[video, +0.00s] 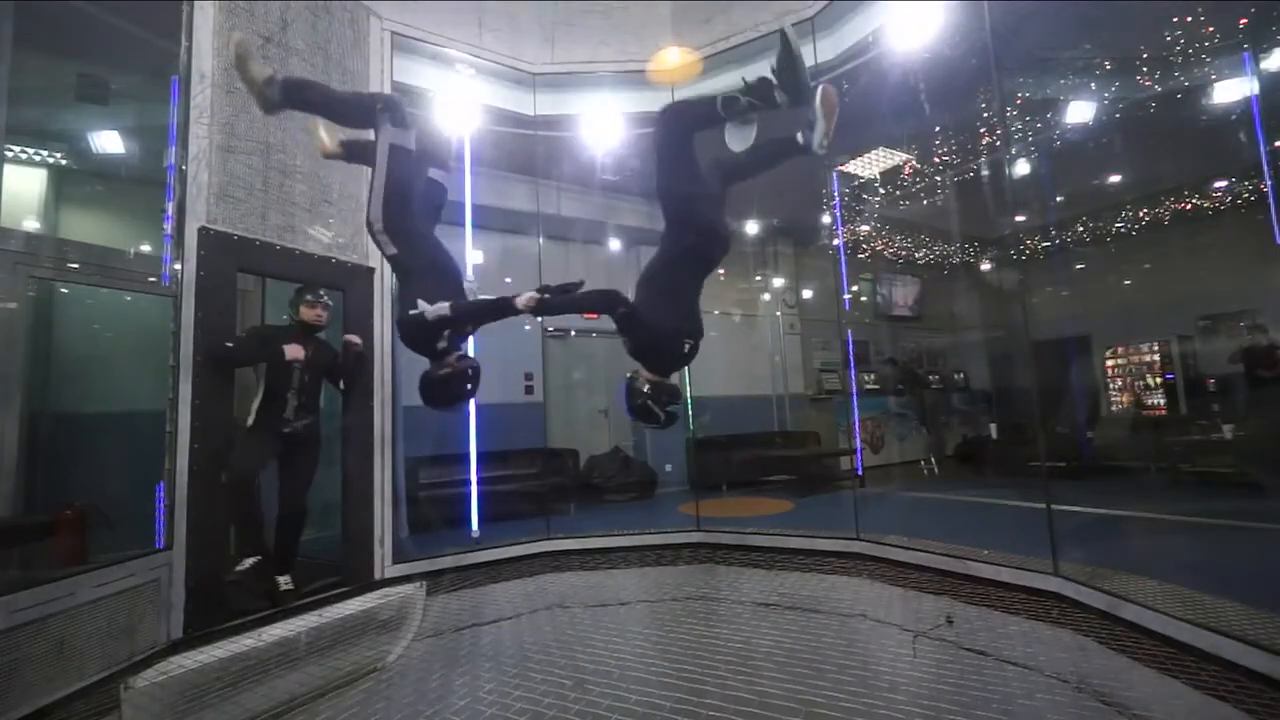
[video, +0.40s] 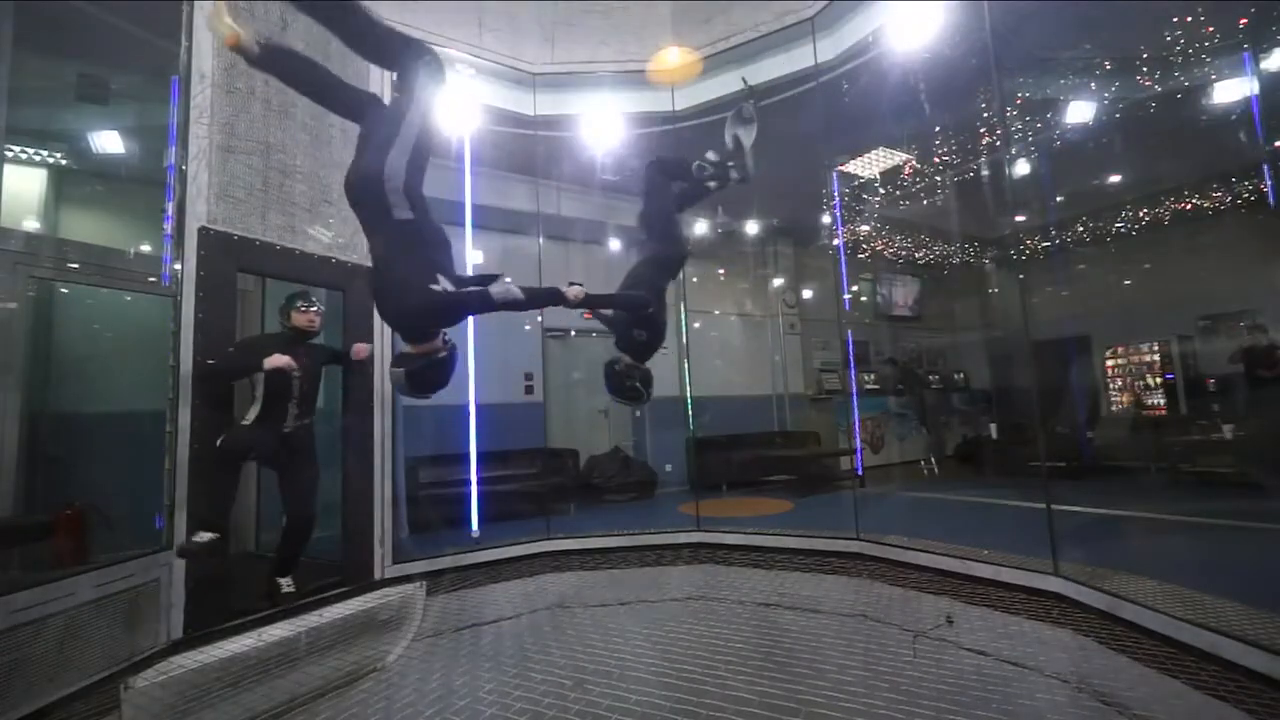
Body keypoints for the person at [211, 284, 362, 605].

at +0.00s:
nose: (319, 312)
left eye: (324, 308)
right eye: (312, 306)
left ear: (329, 314)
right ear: (296, 308)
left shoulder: (325, 351)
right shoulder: (268, 335)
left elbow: (348, 386)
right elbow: (229, 352)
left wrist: (354, 355)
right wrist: (278, 351)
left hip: (303, 436)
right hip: (265, 431)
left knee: (294, 502)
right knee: (240, 478)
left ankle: (283, 571)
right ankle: (252, 552)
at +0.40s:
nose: (314, 315)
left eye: (318, 310)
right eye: (306, 310)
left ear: (321, 318)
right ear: (288, 315)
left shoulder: (318, 352)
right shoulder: (262, 345)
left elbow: (340, 357)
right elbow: (218, 371)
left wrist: (357, 355)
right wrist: (262, 363)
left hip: (298, 440)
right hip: (259, 434)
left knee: (303, 516)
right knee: (226, 452)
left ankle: (282, 575)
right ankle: (211, 529)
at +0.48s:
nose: (310, 317)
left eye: (314, 313)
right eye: (301, 312)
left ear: (320, 322)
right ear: (284, 320)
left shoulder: (317, 355)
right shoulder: (262, 347)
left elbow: (335, 357)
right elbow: (209, 365)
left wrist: (352, 361)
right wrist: (252, 363)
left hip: (295, 446)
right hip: (256, 438)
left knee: (301, 517)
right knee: (216, 445)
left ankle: (281, 577)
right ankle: (191, 518)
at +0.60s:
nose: (305, 312)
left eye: (310, 309)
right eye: (297, 306)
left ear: (314, 321)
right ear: (280, 313)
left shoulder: (312, 352)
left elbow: (329, 356)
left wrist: (341, 356)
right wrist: (218, 349)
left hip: (282, 440)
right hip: (243, 431)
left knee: (288, 516)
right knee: (204, 426)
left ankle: (279, 575)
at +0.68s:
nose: (299, 306)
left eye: (305, 304)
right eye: (291, 301)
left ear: (309, 318)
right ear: (275, 308)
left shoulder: (309, 349)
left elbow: (364, 356)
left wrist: (338, 350)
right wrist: (182, 349)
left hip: (265, 434)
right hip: (222, 419)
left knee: (270, 518)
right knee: (194, 418)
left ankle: (265, 553)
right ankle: (124, 466)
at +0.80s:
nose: (287, 305)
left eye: (294, 304)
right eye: (280, 300)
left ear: (300, 318)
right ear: (263, 307)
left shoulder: (301, 350)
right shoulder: (231, 331)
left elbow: (363, 360)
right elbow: (180, 352)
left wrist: (333, 348)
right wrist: (175, 355)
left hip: (239, 440)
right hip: (199, 423)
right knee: (168, 385)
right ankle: (91, 442)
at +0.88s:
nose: (284, 309)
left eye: (292, 309)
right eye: (278, 303)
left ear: (297, 326)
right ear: (259, 310)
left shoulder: (294, 354)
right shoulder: (225, 336)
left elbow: (356, 364)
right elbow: (179, 361)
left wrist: (320, 344)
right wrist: (162, 378)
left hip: (218, 439)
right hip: (177, 419)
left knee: (218, 420)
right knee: (147, 353)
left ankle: (189, 505)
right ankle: (63, 415)